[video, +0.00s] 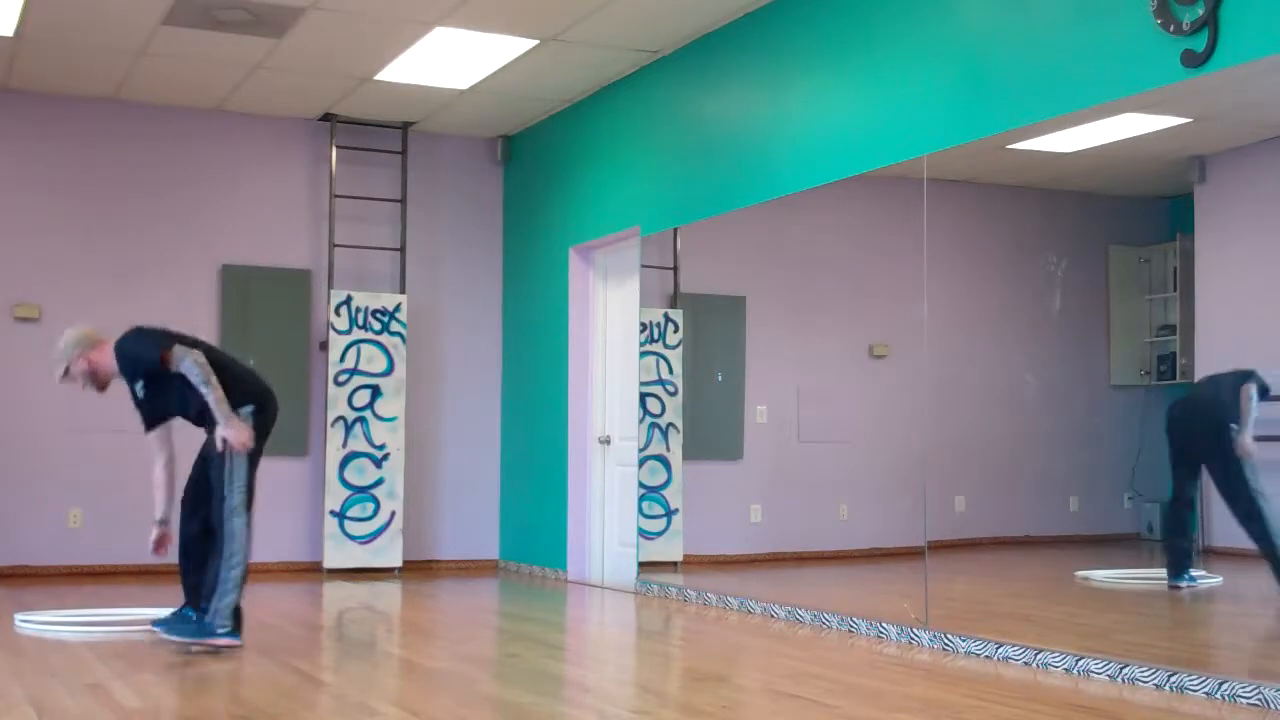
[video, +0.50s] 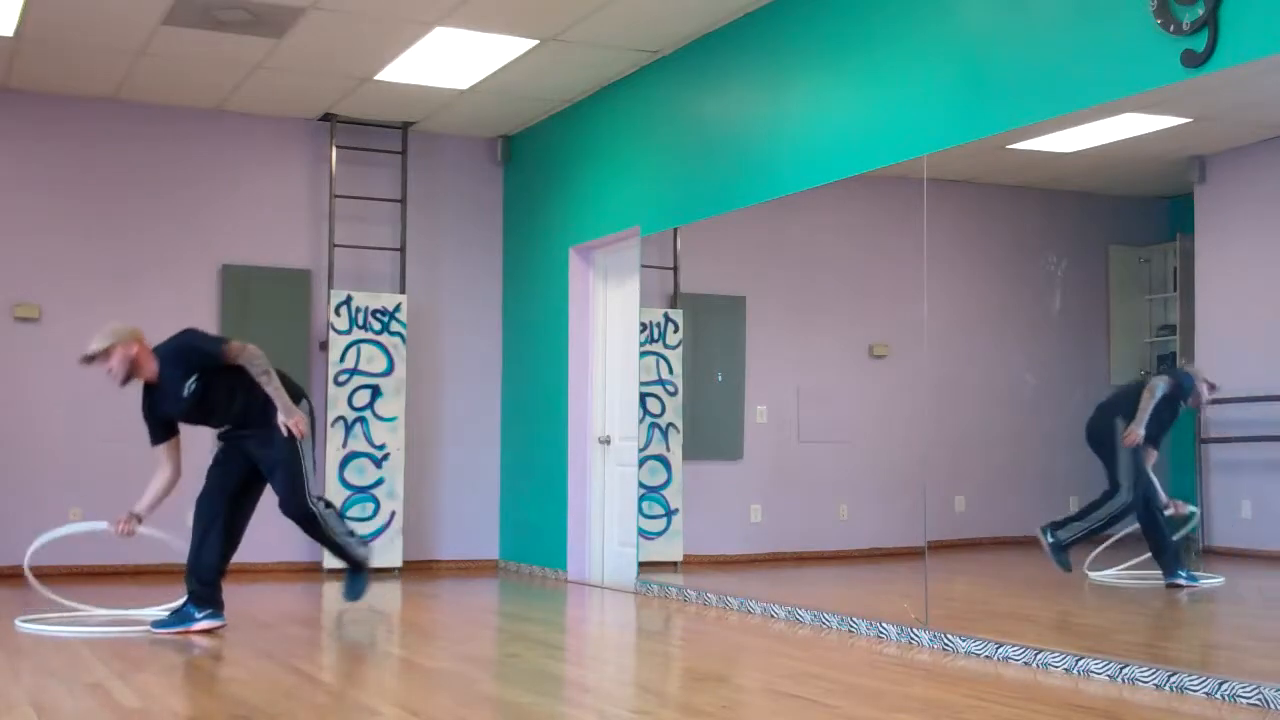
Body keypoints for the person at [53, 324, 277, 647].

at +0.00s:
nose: (77, 383)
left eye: (71, 373)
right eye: (70, 377)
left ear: (84, 357)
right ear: (86, 358)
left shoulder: (132, 346)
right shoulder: (141, 387)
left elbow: (192, 361)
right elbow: (163, 453)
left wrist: (227, 420)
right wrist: (161, 521)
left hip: (246, 409)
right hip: (226, 421)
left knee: (229, 514)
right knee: (196, 509)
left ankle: (223, 621)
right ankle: (196, 609)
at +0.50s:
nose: (106, 368)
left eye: (109, 357)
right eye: (103, 361)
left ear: (134, 347)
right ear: (127, 355)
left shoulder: (185, 347)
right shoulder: (155, 403)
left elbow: (250, 354)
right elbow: (169, 466)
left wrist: (286, 406)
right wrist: (137, 513)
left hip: (279, 418)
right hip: (239, 435)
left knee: (296, 502)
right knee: (211, 511)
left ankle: (356, 559)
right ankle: (203, 604)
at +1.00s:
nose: (263, 248)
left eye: (270, 242)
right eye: (256, 243)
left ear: (284, 253)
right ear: (246, 254)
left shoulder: (310, 298)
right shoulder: (233, 307)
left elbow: (343, 344)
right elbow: (219, 367)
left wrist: (359, 389)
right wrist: (186, 363)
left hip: (295, 424)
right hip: (247, 422)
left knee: (297, 512)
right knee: (222, 511)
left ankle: (302, 596)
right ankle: (198, 594)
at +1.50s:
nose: (257, 255)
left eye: (264, 250)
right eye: (250, 249)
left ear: (273, 260)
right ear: (236, 257)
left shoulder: (285, 305)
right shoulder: (217, 306)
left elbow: (290, 364)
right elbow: (200, 362)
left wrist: (296, 412)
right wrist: (231, 343)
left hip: (279, 422)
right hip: (233, 425)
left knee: (293, 506)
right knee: (231, 511)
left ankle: (310, 590)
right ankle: (223, 590)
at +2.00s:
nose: (297, 266)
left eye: (303, 261)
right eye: (290, 259)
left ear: (307, 269)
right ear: (272, 263)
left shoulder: (311, 313)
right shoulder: (250, 310)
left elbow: (314, 370)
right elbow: (228, 365)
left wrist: (321, 411)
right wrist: (253, 389)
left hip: (307, 424)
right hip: (266, 424)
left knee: (320, 507)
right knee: (247, 508)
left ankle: (333, 587)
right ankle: (224, 589)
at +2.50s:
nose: (352, 265)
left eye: (358, 261)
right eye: (346, 258)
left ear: (364, 268)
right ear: (331, 262)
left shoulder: (370, 314)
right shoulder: (307, 307)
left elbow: (376, 367)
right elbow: (281, 359)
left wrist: (387, 409)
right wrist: (302, 392)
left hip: (355, 417)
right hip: (318, 416)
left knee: (353, 498)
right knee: (319, 497)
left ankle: (342, 585)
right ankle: (316, 588)